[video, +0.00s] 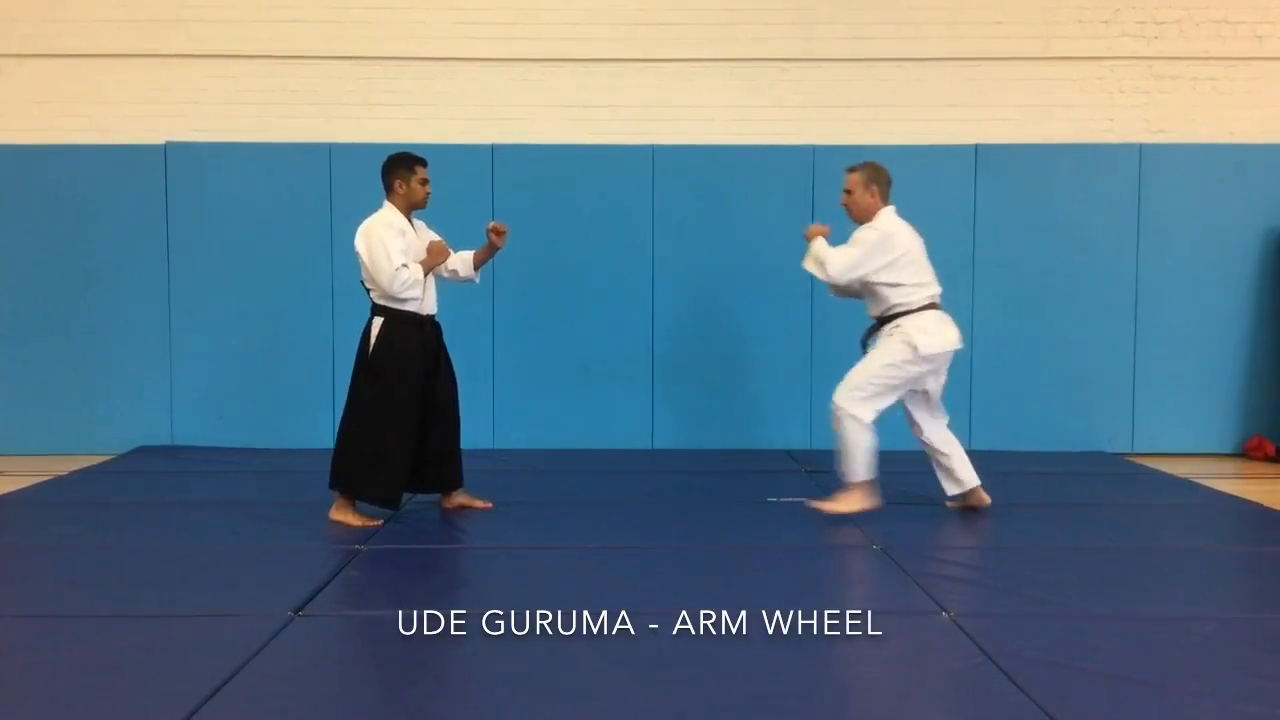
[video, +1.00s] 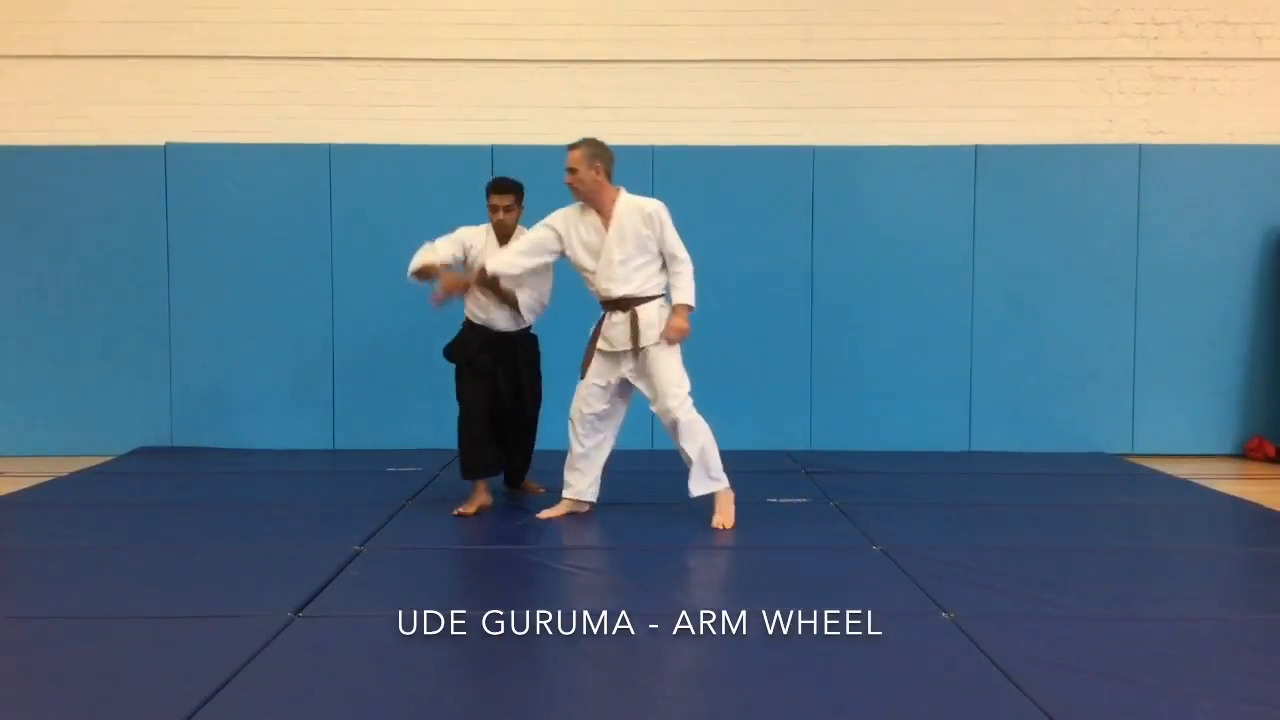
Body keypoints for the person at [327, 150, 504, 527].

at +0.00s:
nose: (429, 189)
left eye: (428, 183)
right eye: (423, 182)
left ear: (406, 187)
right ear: (398, 185)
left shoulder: (419, 229)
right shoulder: (375, 229)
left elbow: (453, 267)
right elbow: (395, 284)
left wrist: (490, 249)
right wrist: (429, 263)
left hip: (426, 331)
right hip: (390, 332)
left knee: (441, 411)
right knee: (371, 417)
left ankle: (451, 492)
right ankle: (343, 504)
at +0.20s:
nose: (444, 193)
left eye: (443, 186)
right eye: (438, 187)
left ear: (419, 192)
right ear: (414, 190)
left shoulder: (431, 235)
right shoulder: (392, 233)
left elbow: (452, 278)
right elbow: (409, 294)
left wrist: (481, 253)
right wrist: (454, 295)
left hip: (429, 335)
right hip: (397, 336)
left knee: (461, 401)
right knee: (379, 419)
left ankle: (463, 478)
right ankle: (346, 500)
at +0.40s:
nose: (466, 208)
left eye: (464, 201)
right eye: (459, 202)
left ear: (438, 208)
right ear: (437, 207)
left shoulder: (436, 243)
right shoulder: (426, 247)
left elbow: (462, 293)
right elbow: (462, 305)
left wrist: (492, 274)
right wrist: (497, 284)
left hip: (447, 344)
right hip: (425, 346)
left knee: (485, 404)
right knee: (403, 425)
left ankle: (508, 461)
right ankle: (354, 495)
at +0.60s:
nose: (493, 213)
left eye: (493, 206)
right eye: (486, 207)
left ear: (485, 211)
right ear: (465, 214)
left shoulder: (485, 248)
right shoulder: (463, 246)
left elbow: (512, 298)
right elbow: (527, 259)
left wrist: (526, 258)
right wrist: (547, 229)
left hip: (493, 346)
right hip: (464, 346)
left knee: (509, 412)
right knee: (435, 420)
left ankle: (514, 478)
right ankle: (384, 492)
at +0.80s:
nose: (507, 204)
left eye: (513, 197)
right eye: (501, 197)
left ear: (521, 202)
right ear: (489, 201)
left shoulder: (530, 242)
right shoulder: (474, 231)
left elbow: (544, 291)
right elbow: (444, 225)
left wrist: (520, 261)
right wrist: (471, 201)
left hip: (510, 336)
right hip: (472, 333)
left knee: (518, 407)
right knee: (470, 409)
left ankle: (517, 478)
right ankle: (438, 487)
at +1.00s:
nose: (500, 216)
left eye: (507, 209)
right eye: (494, 209)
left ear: (520, 209)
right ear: (487, 209)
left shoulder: (535, 250)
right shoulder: (469, 238)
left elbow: (530, 307)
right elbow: (420, 263)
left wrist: (485, 283)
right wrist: (442, 272)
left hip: (518, 345)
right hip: (476, 343)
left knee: (520, 413)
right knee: (474, 417)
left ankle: (517, 479)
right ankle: (481, 490)